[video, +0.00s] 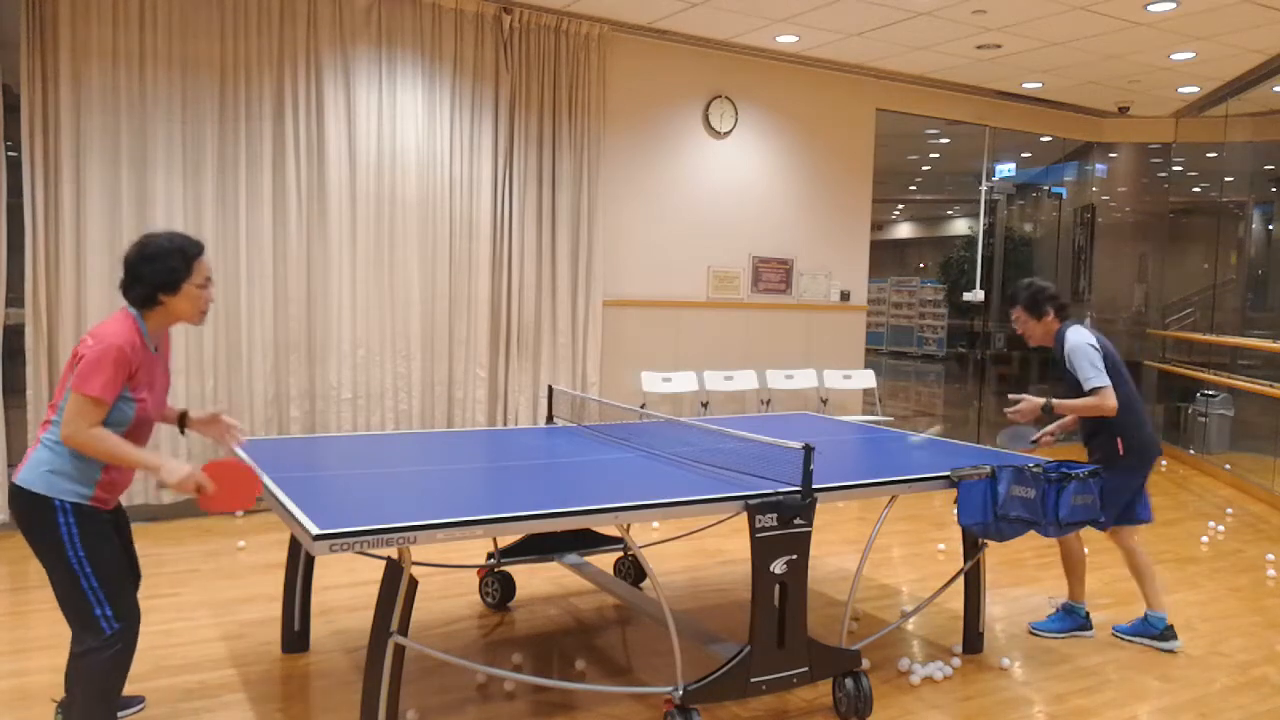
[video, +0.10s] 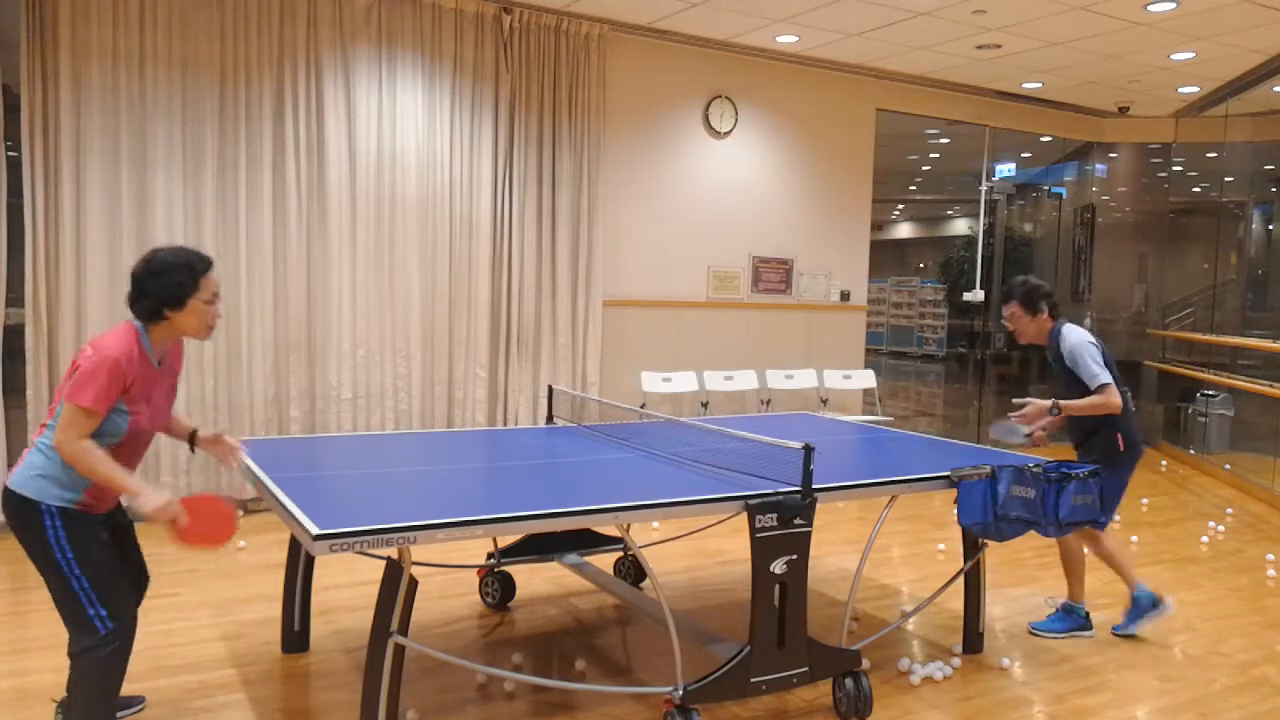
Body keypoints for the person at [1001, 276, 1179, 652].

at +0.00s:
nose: (1018, 330)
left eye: (1021, 322)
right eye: (1015, 323)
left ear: (1047, 314)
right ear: (1048, 315)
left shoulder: (1076, 341)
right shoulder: (1075, 339)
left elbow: (1107, 403)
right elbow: (1096, 405)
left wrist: (1042, 406)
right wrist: (1056, 429)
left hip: (1121, 453)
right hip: (1131, 450)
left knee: (1063, 517)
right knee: (1121, 530)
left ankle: (1076, 611)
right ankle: (1158, 620)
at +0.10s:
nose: (1009, 328)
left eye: (1013, 319)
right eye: (1007, 320)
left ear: (1041, 313)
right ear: (1038, 316)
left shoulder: (1074, 342)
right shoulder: (1059, 345)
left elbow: (1112, 402)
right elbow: (1084, 405)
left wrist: (1053, 407)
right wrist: (1050, 427)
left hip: (1114, 447)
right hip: (1100, 447)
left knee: (1066, 520)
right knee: (1088, 528)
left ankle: (1075, 610)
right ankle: (1143, 596)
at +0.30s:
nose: (1003, 307)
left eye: (1010, 299)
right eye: (1000, 300)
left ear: (1037, 299)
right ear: (1001, 303)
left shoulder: (1064, 335)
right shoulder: (1034, 339)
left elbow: (1100, 393)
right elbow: (1054, 394)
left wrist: (1042, 397)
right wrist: (1018, 409)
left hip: (1082, 448)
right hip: (1053, 445)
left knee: (1057, 522)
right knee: (1026, 502)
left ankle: (1076, 609)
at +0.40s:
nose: (995, 309)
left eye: (1002, 300)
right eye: (991, 302)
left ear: (1028, 299)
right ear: (992, 304)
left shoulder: (1054, 337)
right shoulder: (1019, 340)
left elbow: (1090, 394)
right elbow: (1034, 392)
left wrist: (1036, 398)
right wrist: (1003, 409)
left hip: (1064, 449)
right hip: (1038, 446)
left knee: (1050, 526)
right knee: (1008, 502)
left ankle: (1074, 609)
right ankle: (989, 566)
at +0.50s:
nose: (984, 312)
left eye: (992, 304)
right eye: (980, 305)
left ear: (1016, 305)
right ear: (979, 307)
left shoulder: (1042, 341)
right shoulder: (995, 343)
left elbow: (1081, 395)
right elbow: (1005, 389)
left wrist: (1034, 402)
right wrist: (983, 406)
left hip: (1047, 447)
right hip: (1013, 443)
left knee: (1036, 520)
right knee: (977, 494)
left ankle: (1062, 602)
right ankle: (975, 565)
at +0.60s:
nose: (973, 312)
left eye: (980, 305)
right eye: (969, 305)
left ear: (1005, 306)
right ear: (967, 308)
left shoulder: (1034, 342)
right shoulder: (980, 343)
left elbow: (1070, 395)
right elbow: (986, 389)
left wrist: (1025, 405)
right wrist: (966, 408)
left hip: (1037, 441)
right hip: (1001, 437)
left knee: (1016, 510)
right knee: (971, 493)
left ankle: (1036, 589)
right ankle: (974, 564)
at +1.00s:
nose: (924, 332)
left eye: (928, 324)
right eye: (923, 325)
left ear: (949, 320)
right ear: (949, 322)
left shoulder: (976, 352)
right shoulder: (966, 348)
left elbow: (1015, 401)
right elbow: (981, 395)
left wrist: (962, 410)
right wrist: (945, 402)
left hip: (1006, 451)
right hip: (985, 446)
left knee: (982, 518)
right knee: (942, 480)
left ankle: (1027, 587)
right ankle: (945, 552)